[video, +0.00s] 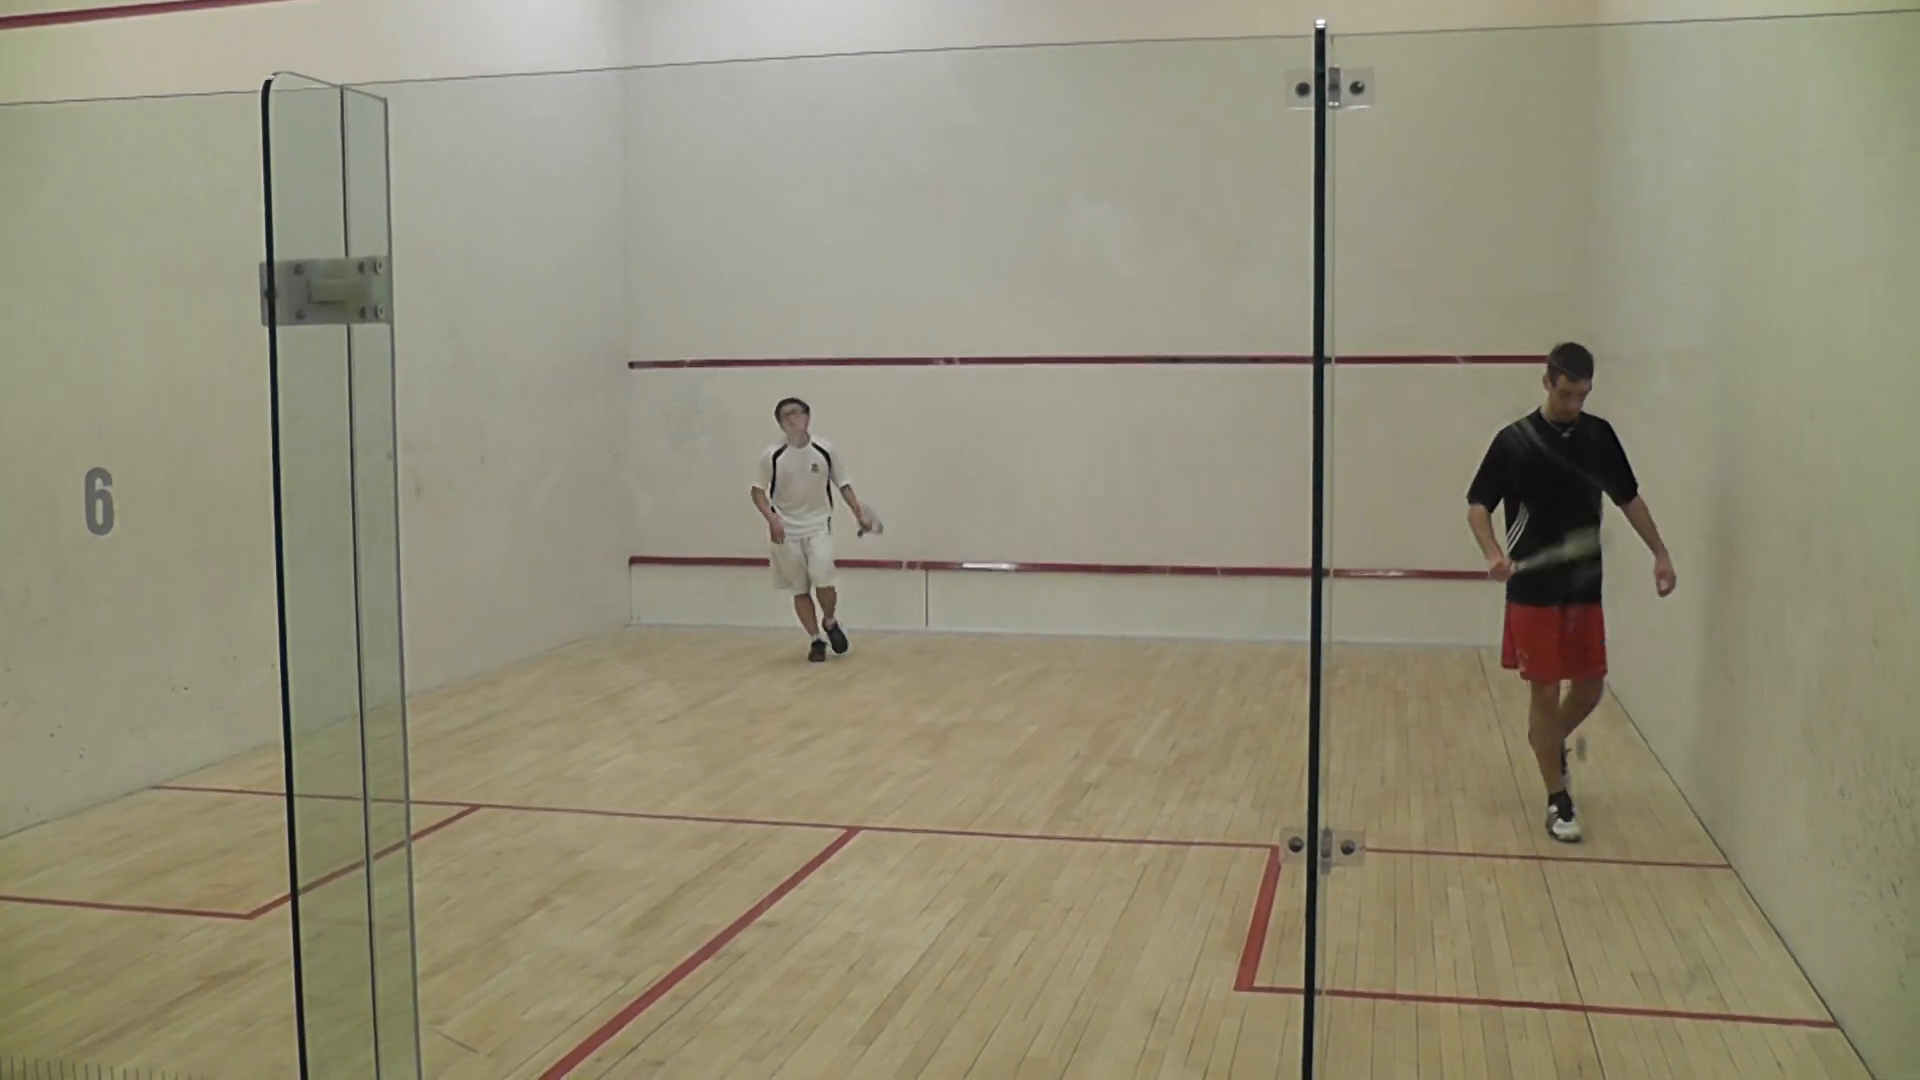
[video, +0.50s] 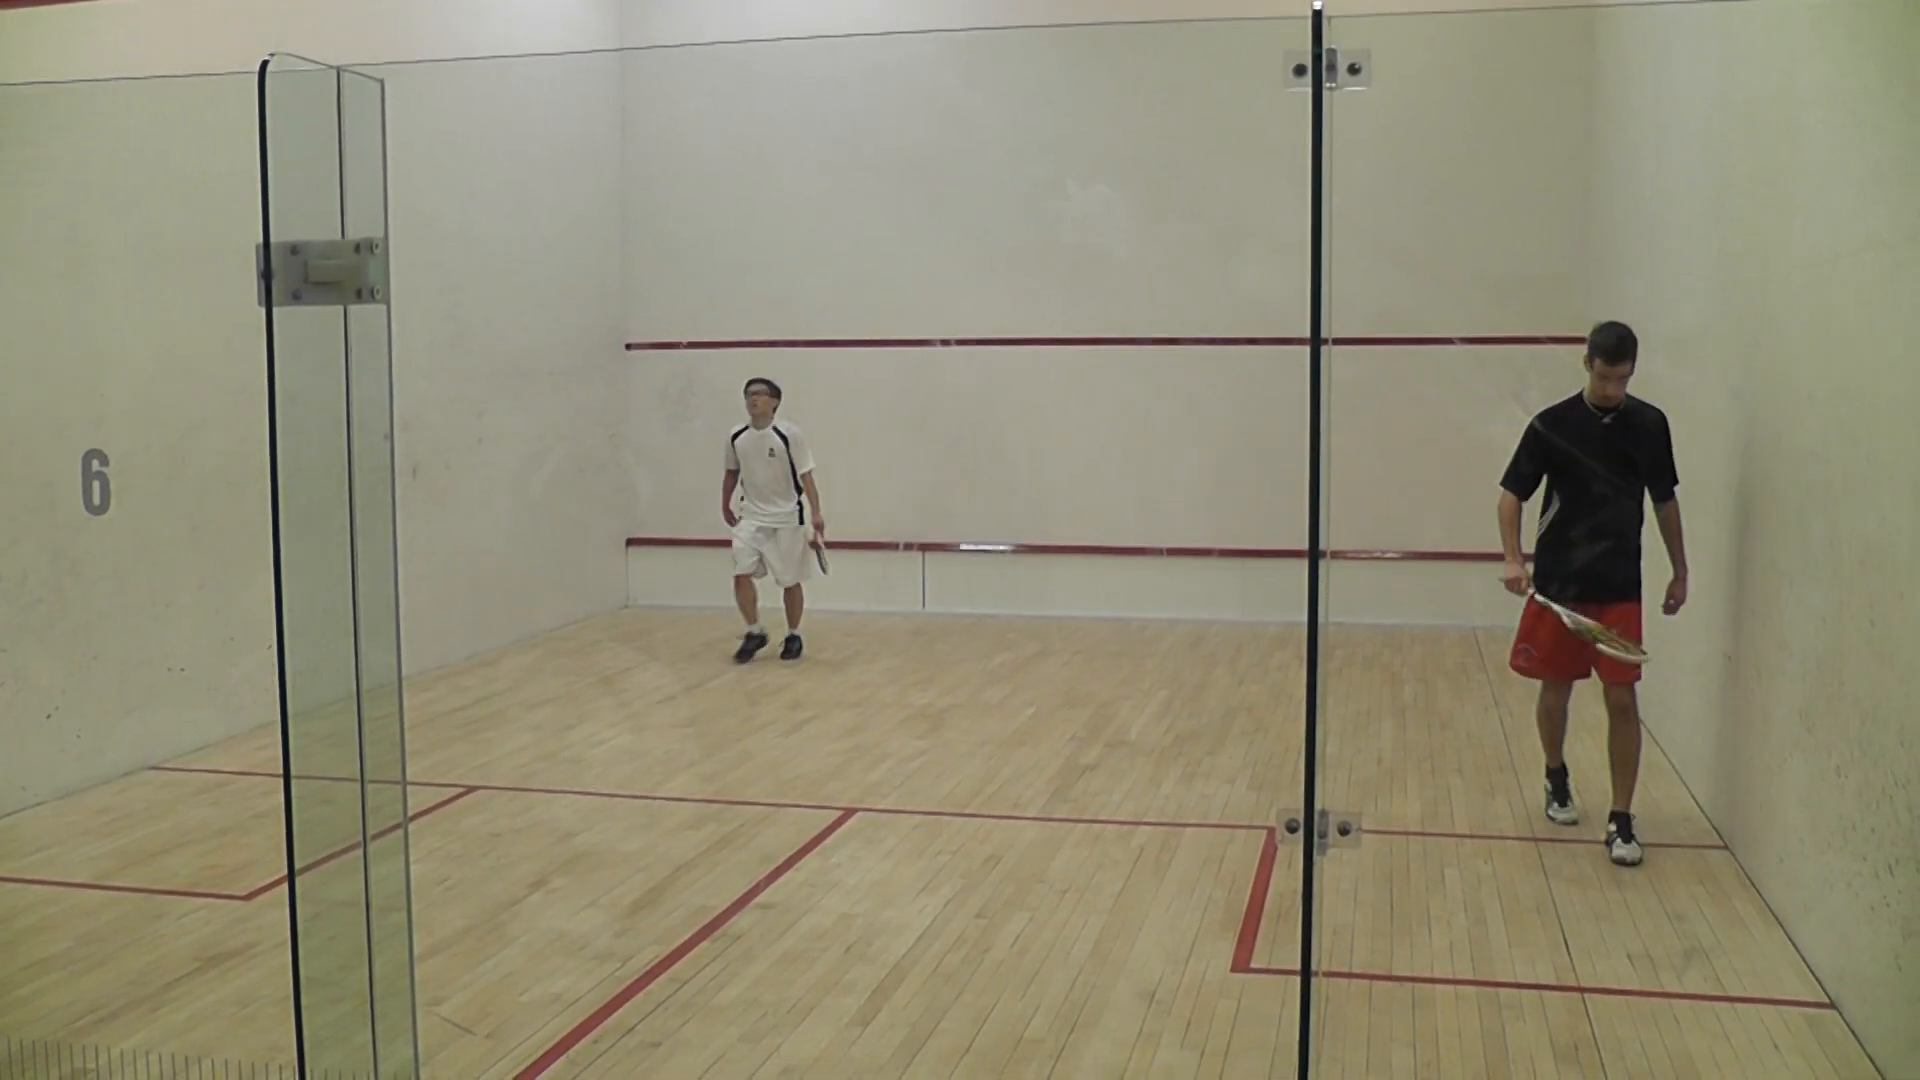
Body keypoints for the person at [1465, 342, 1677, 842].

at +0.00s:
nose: (1574, 406)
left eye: (1582, 397)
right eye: (1567, 395)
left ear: (1589, 390)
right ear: (1546, 383)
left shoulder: (1598, 435)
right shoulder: (1514, 441)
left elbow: (1628, 498)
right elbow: (1478, 506)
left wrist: (1660, 553)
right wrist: (1492, 552)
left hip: (1584, 587)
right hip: (1534, 589)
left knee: (1590, 690)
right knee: (1546, 697)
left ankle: (1553, 736)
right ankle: (1559, 797)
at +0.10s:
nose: (1580, 398)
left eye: (1588, 388)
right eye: (1572, 387)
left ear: (1597, 381)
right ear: (1553, 374)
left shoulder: (1605, 425)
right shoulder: (1519, 433)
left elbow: (1628, 491)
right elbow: (1484, 496)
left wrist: (1649, 551)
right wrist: (1495, 550)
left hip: (1594, 584)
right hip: (1540, 586)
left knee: (1604, 690)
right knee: (1546, 689)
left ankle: (1571, 742)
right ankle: (1556, 793)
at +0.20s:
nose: (1585, 391)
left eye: (1594, 381)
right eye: (1576, 380)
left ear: (1604, 373)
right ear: (1559, 368)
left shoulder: (1616, 422)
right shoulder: (1525, 428)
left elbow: (1630, 489)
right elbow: (1491, 493)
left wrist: (1646, 552)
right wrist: (1493, 551)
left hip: (1601, 580)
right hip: (1543, 581)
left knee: (1614, 685)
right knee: (1545, 686)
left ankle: (1596, 773)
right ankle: (1557, 788)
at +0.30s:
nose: (1593, 390)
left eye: (1602, 380)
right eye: (1584, 379)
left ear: (1613, 372)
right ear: (1567, 367)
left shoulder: (1625, 423)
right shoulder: (1532, 426)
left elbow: (1639, 492)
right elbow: (1491, 491)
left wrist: (1652, 556)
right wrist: (1498, 542)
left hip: (1606, 585)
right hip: (1547, 586)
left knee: (1616, 693)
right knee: (1547, 688)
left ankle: (1620, 808)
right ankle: (1557, 786)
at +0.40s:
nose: (1603, 392)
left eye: (1611, 382)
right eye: (1594, 381)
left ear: (1622, 374)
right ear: (1576, 368)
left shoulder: (1637, 426)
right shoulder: (1543, 426)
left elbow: (1649, 495)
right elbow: (1499, 491)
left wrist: (1664, 564)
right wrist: (1509, 551)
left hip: (1611, 586)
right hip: (1553, 584)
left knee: (1617, 698)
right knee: (1551, 686)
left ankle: (1621, 816)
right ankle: (1557, 783)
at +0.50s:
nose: (1612, 390)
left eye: (1622, 379)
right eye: (1603, 378)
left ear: (1634, 371)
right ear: (1587, 365)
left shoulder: (1650, 427)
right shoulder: (1551, 425)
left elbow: (1665, 501)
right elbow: (1511, 493)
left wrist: (1680, 571)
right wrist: (1513, 558)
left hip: (1620, 588)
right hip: (1559, 586)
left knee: (1622, 701)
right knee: (1555, 692)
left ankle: (1622, 818)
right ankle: (1556, 777)